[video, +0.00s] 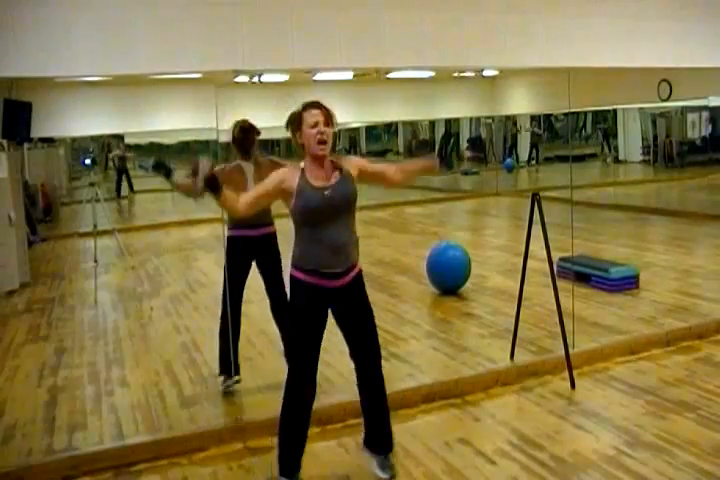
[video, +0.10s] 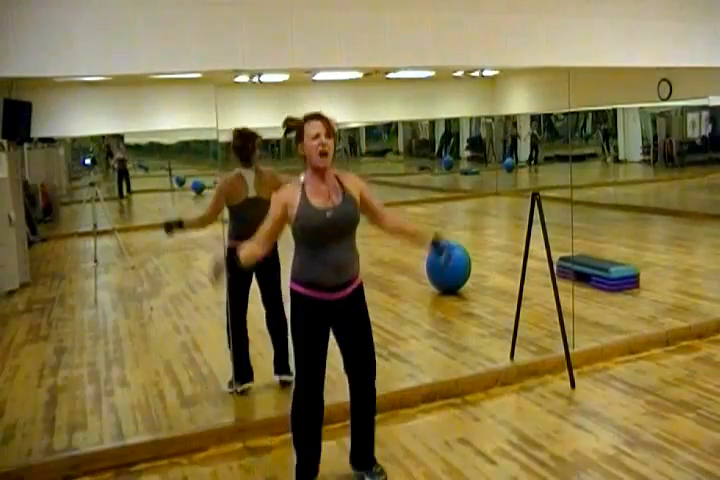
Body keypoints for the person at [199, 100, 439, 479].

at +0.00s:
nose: (322, 131)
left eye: (326, 125)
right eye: (313, 126)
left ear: (334, 131)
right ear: (299, 135)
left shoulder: (349, 167)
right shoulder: (287, 177)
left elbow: (394, 175)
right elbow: (241, 207)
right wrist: (216, 187)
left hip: (349, 282)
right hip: (306, 285)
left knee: (370, 365)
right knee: (301, 380)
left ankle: (379, 448)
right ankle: (288, 471)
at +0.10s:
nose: (322, 142)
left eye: (326, 136)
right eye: (314, 138)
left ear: (334, 142)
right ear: (301, 147)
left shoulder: (350, 184)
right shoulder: (288, 195)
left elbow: (385, 219)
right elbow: (262, 242)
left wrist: (430, 240)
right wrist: (242, 253)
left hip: (350, 296)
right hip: (308, 300)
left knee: (363, 381)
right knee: (309, 387)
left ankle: (363, 463)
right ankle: (306, 471)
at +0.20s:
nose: (324, 150)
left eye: (328, 143)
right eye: (316, 145)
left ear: (335, 149)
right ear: (303, 154)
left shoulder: (350, 195)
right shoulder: (291, 202)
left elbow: (365, 254)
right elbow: (280, 260)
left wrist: (386, 300)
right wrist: (270, 308)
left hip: (350, 305)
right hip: (307, 309)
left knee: (366, 386)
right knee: (309, 392)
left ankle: (361, 462)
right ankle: (306, 471)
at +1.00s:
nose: (335, 140)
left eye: (340, 133)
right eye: (327, 134)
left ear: (347, 138)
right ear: (312, 142)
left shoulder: (357, 179)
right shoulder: (298, 187)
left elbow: (371, 225)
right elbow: (277, 234)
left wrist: (396, 255)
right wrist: (265, 275)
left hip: (354, 292)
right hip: (312, 294)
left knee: (376, 368)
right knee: (304, 384)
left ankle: (368, 449)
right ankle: (300, 472)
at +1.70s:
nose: (351, 179)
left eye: (354, 172)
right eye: (341, 174)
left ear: (361, 179)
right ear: (325, 186)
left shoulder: (374, 225)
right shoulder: (313, 231)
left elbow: (395, 273)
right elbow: (290, 288)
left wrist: (433, 289)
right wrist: (277, 320)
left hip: (369, 335)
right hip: (322, 340)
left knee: (410, 400)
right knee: (300, 423)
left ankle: (411, 472)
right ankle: (286, 477)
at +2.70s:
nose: (368, 179)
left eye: (372, 172)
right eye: (358, 174)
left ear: (379, 180)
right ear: (340, 187)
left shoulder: (394, 228)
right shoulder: (328, 243)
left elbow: (414, 290)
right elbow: (304, 312)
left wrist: (445, 344)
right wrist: (285, 373)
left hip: (393, 353)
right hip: (340, 359)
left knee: (441, 427)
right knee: (312, 452)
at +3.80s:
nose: (403, 194)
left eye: (407, 187)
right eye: (391, 189)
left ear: (415, 196)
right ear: (372, 204)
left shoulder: (431, 249)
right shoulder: (360, 259)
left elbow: (453, 311)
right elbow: (330, 337)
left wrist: (482, 369)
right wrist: (304, 406)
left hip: (421, 377)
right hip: (365, 384)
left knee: (477, 447)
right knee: (337, 475)